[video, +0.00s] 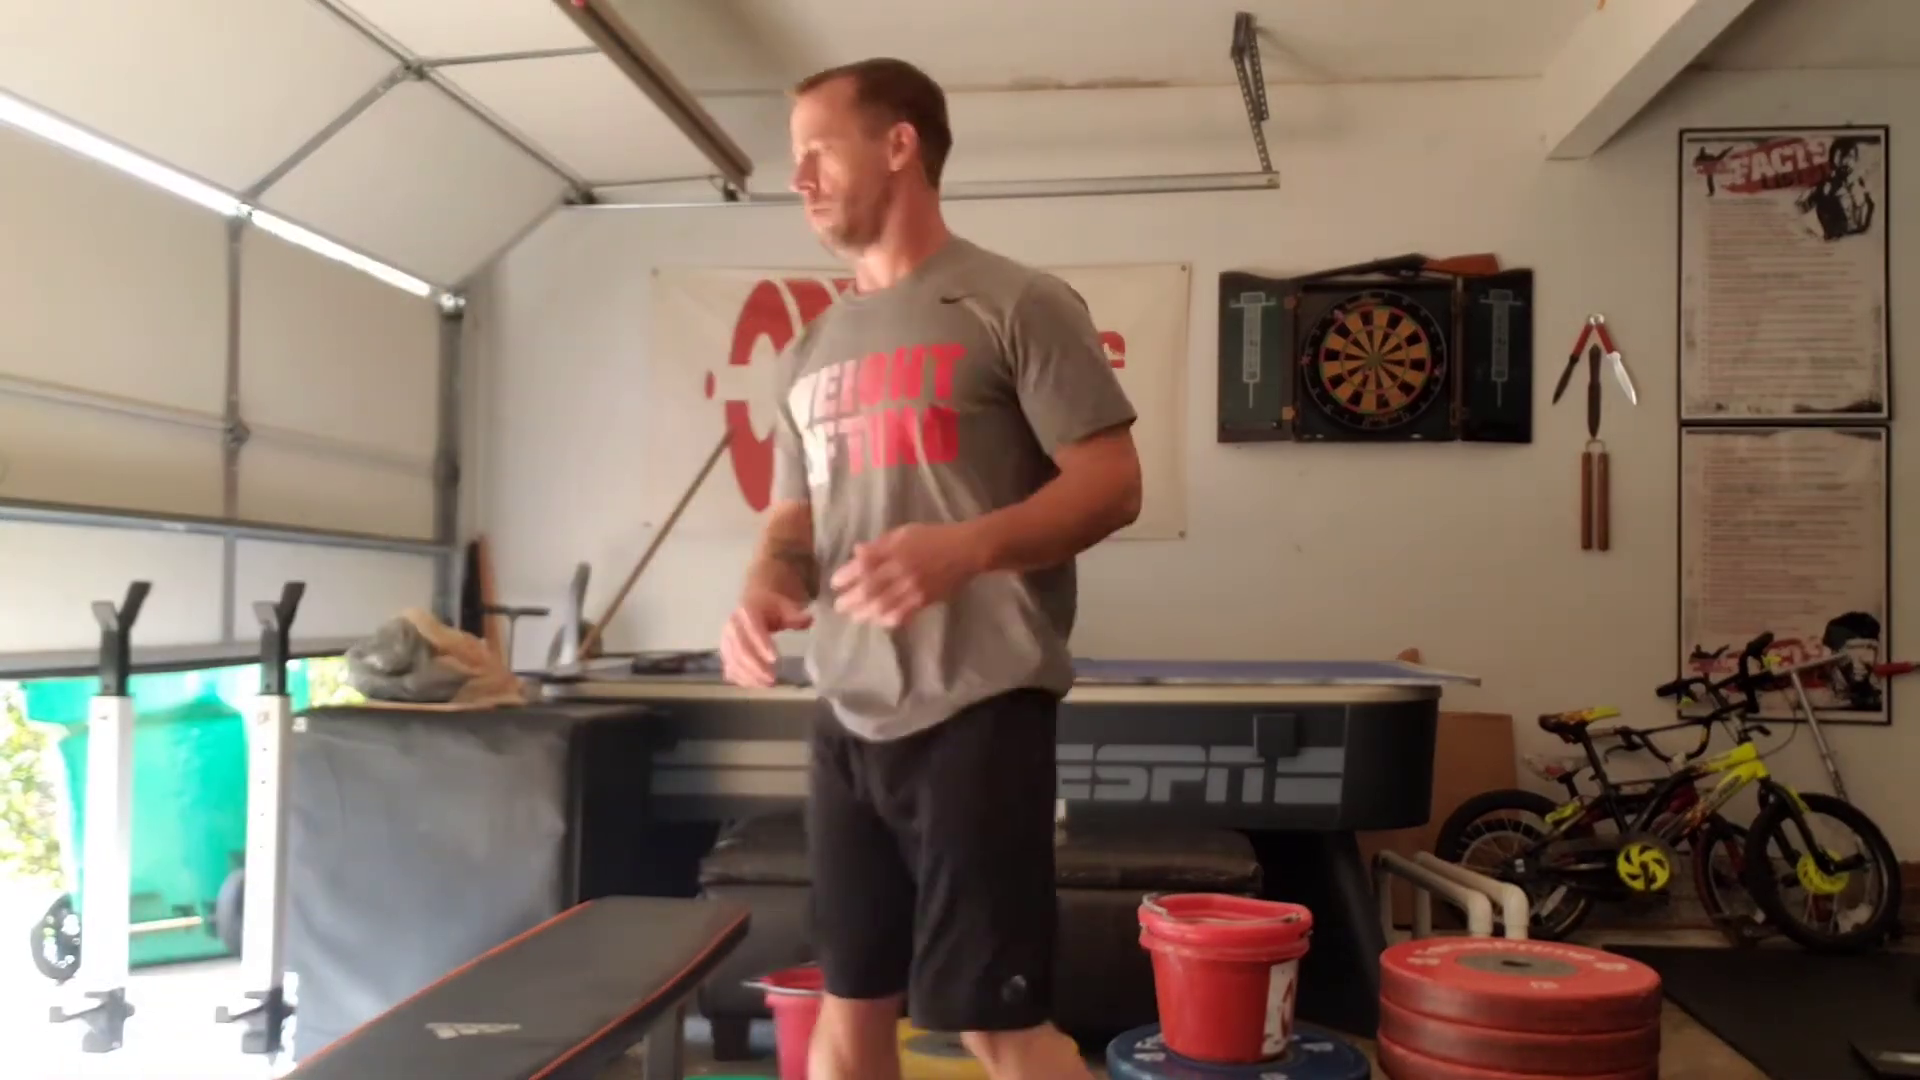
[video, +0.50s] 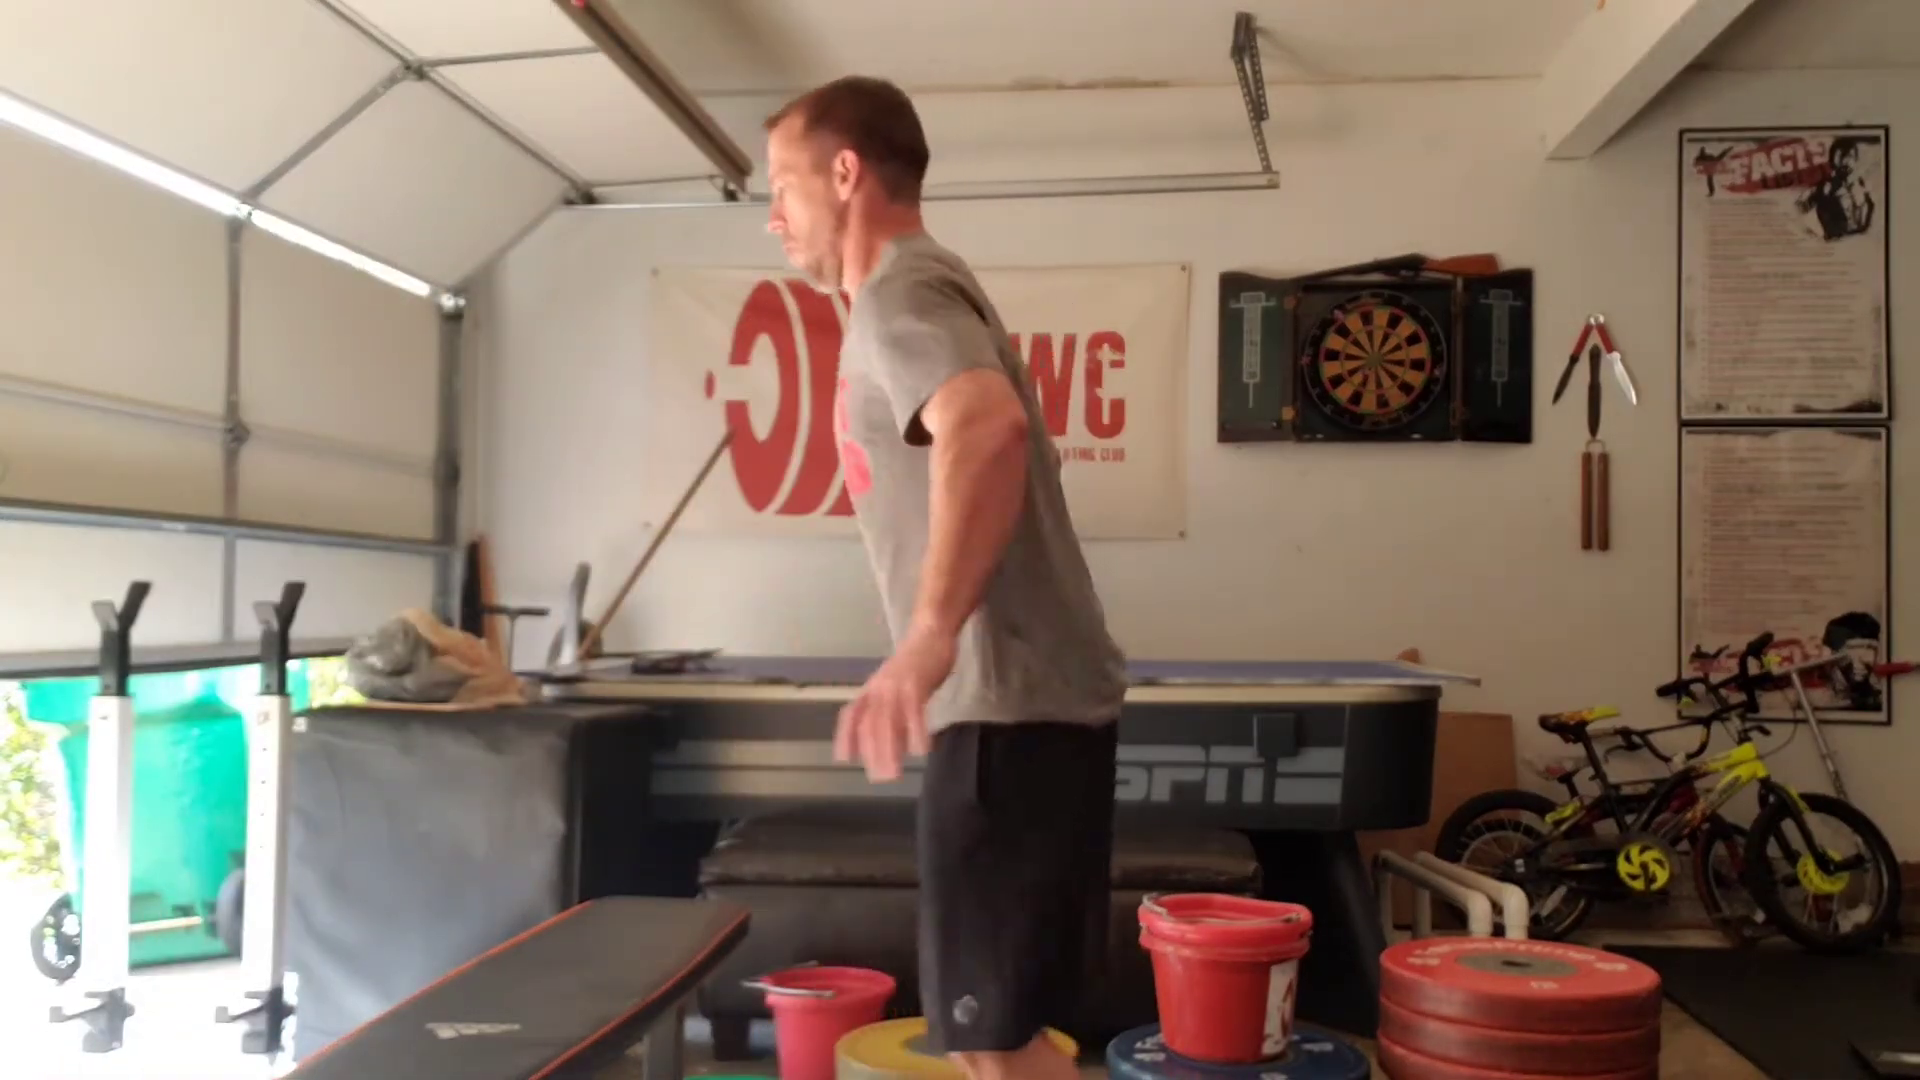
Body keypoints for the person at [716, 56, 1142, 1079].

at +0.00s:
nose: (801, 179)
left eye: (821, 153)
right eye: (796, 159)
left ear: (902, 149)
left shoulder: (1021, 306)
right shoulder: (810, 356)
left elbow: (1111, 485)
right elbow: (795, 523)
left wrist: (962, 548)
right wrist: (764, 591)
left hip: (980, 709)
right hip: (851, 715)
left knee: (1001, 1019)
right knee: (853, 1002)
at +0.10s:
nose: (818, 193)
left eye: (833, 164)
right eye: (816, 169)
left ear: (907, 157)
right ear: (893, 164)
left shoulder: (1006, 311)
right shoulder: (879, 337)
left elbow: (1090, 507)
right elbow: (867, 521)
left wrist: (917, 605)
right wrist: (786, 614)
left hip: (1003, 733)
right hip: (886, 734)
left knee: (1038, 1041)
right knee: (866, 1014)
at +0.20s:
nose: (828, 195)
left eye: (840, 165)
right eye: (828, 170)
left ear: (911, 154)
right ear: (907, 160)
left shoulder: (986, 302)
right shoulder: (925, 312)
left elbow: (1040, 506)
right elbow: (923, 533)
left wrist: (860, 598)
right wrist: (806, 627)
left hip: (1015, 721)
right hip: (932, 717)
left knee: (1042, 1034)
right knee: (883, 971)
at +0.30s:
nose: (830, 203)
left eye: (839, 172)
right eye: (827, 178)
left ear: (907, 157)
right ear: (914, 163)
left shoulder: (974, 295)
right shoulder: (930, 306)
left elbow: (990, 501)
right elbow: (944, 528)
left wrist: (799, 602)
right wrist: (837, 643)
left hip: (1019, 712)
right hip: (958, 706)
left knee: (1033, 1037)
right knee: (912, 961)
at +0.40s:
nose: (809, 204)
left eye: (818, 175)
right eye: (807, 180)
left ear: (884, 163)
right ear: (886, 168)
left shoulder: (948, 284)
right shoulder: (931, 293)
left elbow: (963, 473)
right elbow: (987, 507)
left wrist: (810, 651)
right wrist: (916, 649)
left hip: (1022, 702)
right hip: (978, 700)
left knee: (1015, 1033)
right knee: (947, 973)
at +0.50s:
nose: (775, 220)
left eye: (781, 189)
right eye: (771, 195)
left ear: (848, 174)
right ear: (858, 178)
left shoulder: (904, 291)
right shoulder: (924, 285)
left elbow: (988, 429)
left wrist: (924, 641)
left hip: (1009, 706)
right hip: (1017, 699)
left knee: (1002, 1033)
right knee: (1009, 1027)